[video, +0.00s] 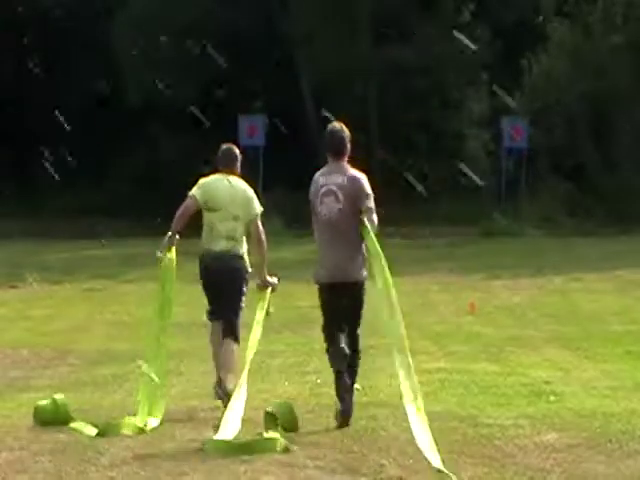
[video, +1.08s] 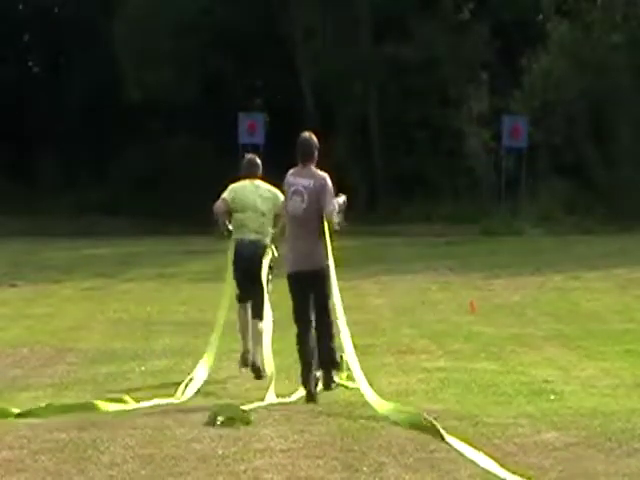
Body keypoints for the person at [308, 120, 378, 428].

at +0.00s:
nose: (348, 149)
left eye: (340, 144)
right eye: (349, 144)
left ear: (325, 148)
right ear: (348, 147)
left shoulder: (317, 179)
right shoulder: (358, 180)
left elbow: (315, 221)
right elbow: (371, 220)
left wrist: (323, 244)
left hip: (326, 271)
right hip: (353, 271)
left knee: (331, 328)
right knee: (351, 330)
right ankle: (348, 389)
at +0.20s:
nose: (320, 153)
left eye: (317, 147)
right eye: (329, 147)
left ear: (312, 149)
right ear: (335, 148)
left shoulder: (305, 179)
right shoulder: (348, 180)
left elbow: (299, 218)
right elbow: (359, 221)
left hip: (317, 271)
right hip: (344, 270)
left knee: (316, 327)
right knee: (345, 331)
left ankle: (315, 383)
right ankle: (343, 393)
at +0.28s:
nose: (318, 152)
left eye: (310, 148)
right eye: (321, 145)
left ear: (304, 150)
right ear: (325, 147)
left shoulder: (300, 180)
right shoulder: (337, 176)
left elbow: (305, 217)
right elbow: (348, 217)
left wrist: (341, 198)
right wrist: (357, 194)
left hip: (314, 270)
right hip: (340, 269)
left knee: (314, 330)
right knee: (341, 328)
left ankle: (317, 396)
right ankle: (333, 389)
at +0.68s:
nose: (328, 158)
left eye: (323, 154)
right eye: (329, 154)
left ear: (308, 156)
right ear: (328, 156)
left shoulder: (300, 178)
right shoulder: (329, 185)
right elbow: (341, 222)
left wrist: (338, 202)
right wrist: (349, 203)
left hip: (296, 268)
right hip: (320, 268)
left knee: (302, 327)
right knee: (328, 333)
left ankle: (287, 365)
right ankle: (319, 391)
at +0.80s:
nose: (317, 149)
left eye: (311, 144)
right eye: (320, 144)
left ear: (303, 146)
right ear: (324, 146)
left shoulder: (292, 171)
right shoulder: (333, 176)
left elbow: (285, 207)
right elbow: (339, 213)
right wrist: (337, 234)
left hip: (298, 256)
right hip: (324, 256)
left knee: (298, 315)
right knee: (323, 316)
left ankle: (297, 369)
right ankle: (321, 371)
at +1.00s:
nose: (307, 158)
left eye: (302, 153)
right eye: (311, 153)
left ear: (293, 156)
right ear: (312, 154)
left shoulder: (287, 183)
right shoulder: (324, 180)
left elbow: (286, 218)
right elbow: (334, 216)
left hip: (296, 266)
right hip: (320, 266)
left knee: (302, 329)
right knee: (322, 318)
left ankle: (308, 383)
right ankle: (323, 350)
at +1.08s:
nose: (315, 155)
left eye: (310, 150)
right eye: (316, 151)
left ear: (297, 153)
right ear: (316, 153)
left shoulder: (289, 178)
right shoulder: (322, 179)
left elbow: (292, 211)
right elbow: (330, 214)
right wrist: (339, 203)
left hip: (294, 263)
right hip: (318, 262)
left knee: (303, 322)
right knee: (324, 317)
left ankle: (308, 379)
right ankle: (328, 373)